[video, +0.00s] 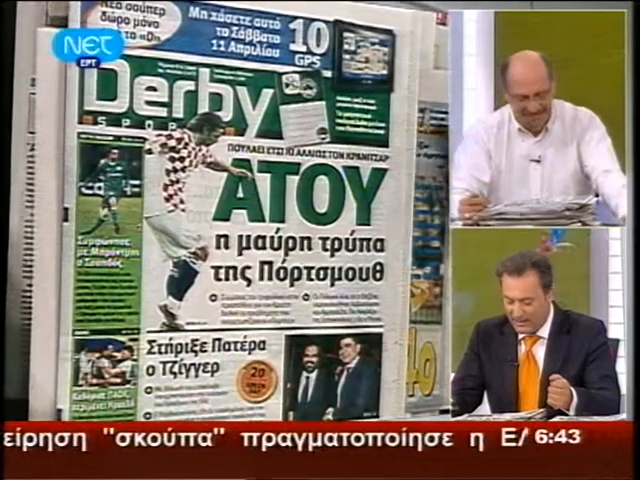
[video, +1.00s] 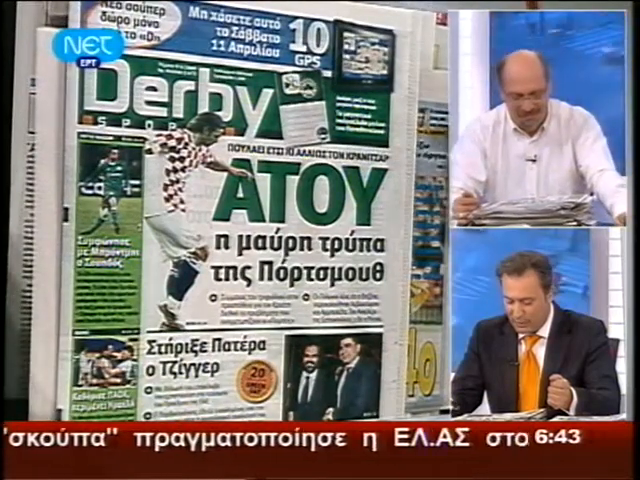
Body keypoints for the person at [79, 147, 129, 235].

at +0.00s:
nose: (115, 156)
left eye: (116, 154)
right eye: (113, 154)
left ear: (118, 155)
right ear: (109, 155)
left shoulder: (122, 165)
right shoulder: (104, 164)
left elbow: (126, 177)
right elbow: (96, 174)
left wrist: (128, 187)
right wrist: (86, 182)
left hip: (119, 189)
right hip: (108, 189)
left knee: (105, 213)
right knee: (113, 206)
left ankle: (91, 231)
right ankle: (116, 225)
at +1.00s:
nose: (115, 156)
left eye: (116, 154)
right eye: (113, 154)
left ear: (118, 155)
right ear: (109, 155)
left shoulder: (122, 165)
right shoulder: (104, 164)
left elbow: (126, 177)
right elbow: (96, 174)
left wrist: (127, 187)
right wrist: (86, 182)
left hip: (118, 189)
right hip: (108, 189)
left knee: (105, 213)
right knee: (113, 206)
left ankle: (91, 231)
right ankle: (116, 225)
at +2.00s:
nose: (115, 156)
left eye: (116, 154)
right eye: (113, 154)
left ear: (118, 155)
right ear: (109, 155)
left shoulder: (122, 165)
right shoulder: (104, 165)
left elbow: (126, 177)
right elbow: (96, 174)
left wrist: (128, 187)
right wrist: (86, 182)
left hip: (118, 189)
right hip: (108, 189)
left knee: (105, 213)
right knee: (113, 206)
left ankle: (91, 230)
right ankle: (116, 225)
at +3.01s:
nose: (115, 156)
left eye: (116, 154)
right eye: (113, 154)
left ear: (118, 155)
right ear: (109, 155)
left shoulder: (122, 165)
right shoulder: (104, 164)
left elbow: (126, 177)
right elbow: (96, 174)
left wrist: (128, 187)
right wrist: (86, 182)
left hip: (118, 189)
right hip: (108, 189)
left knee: (105, 213)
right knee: (113, 205)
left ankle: (91, 230)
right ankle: (116, 225)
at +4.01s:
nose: (115, 156)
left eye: (116, 154)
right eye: (113, 154)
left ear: (118, 155)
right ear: (109, 154)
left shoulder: (122, 165)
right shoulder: (104, 165)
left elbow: (126, 177)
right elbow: (95, 174)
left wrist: (127, 187)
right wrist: (85, 182)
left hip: (118, 190)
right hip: (108, 189)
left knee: (105, 213)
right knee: (113, 205)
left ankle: (91, 230)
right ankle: (116, 225)